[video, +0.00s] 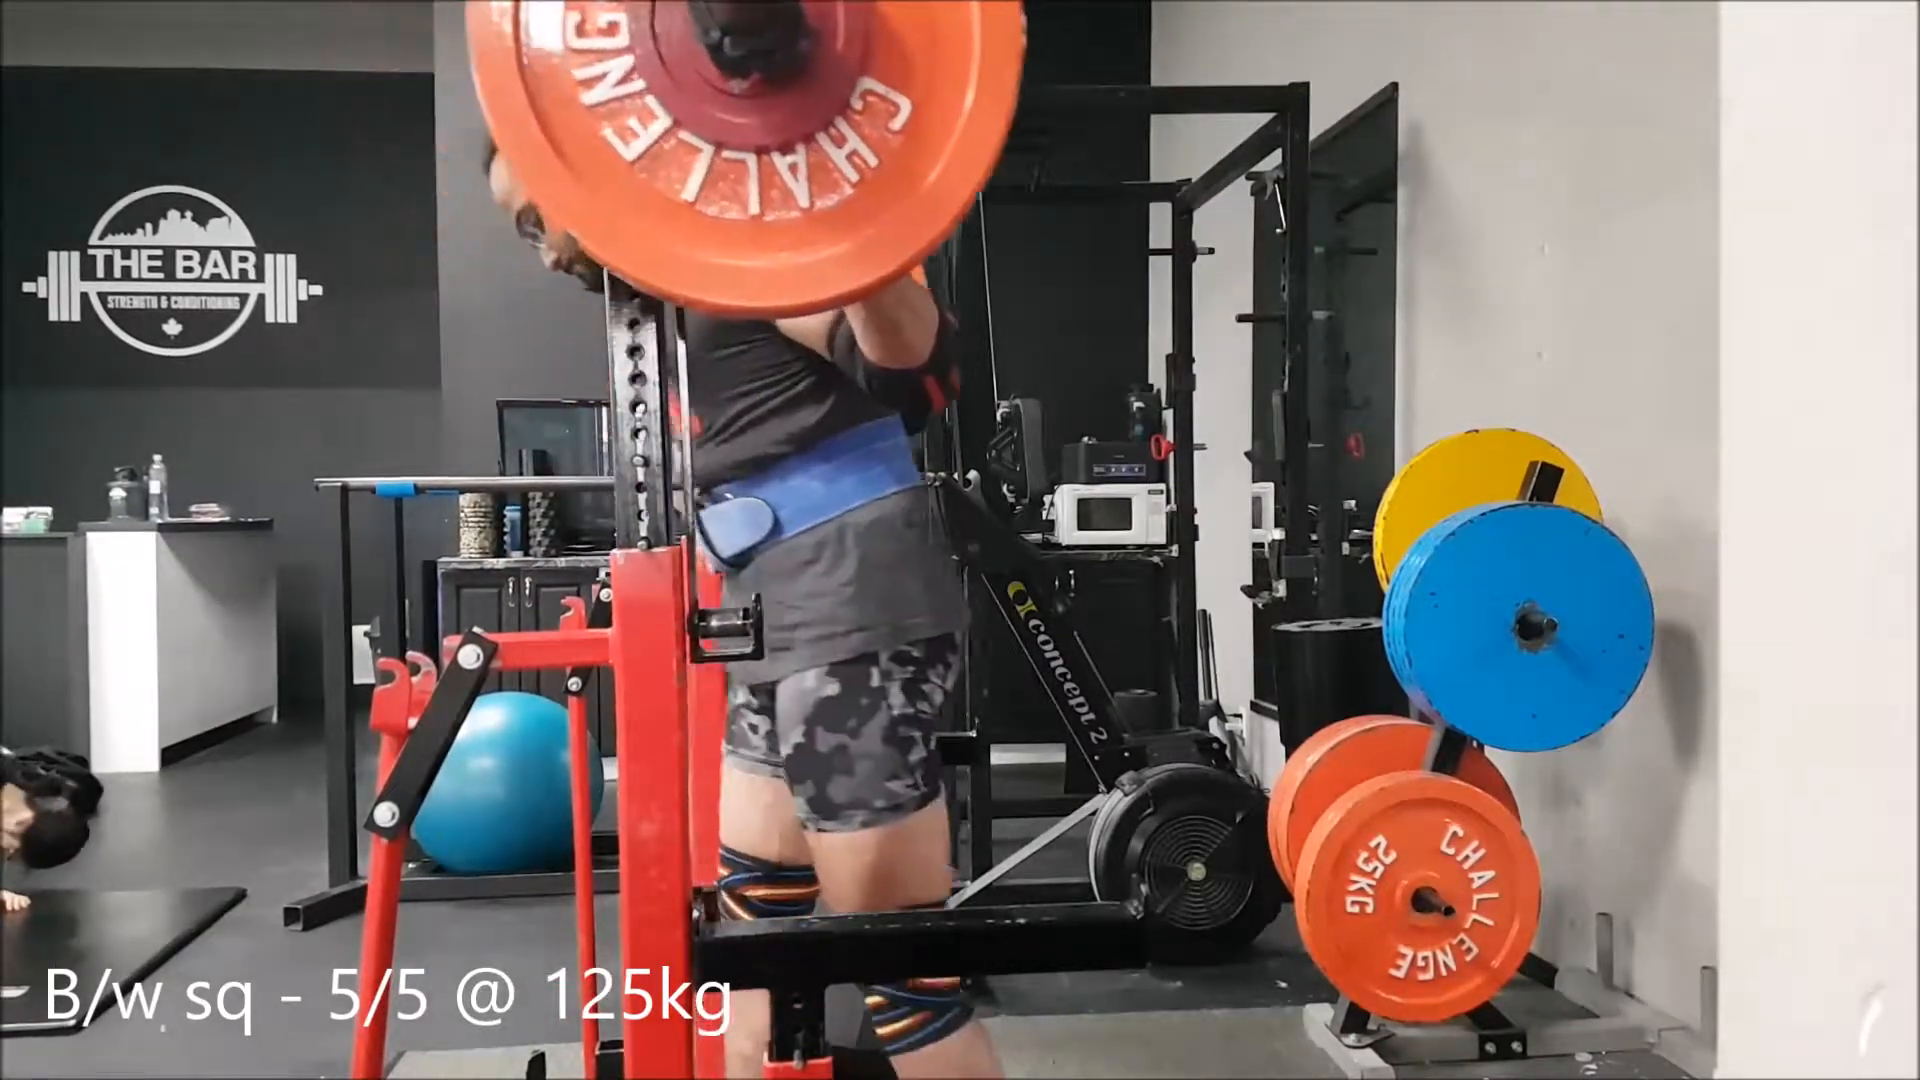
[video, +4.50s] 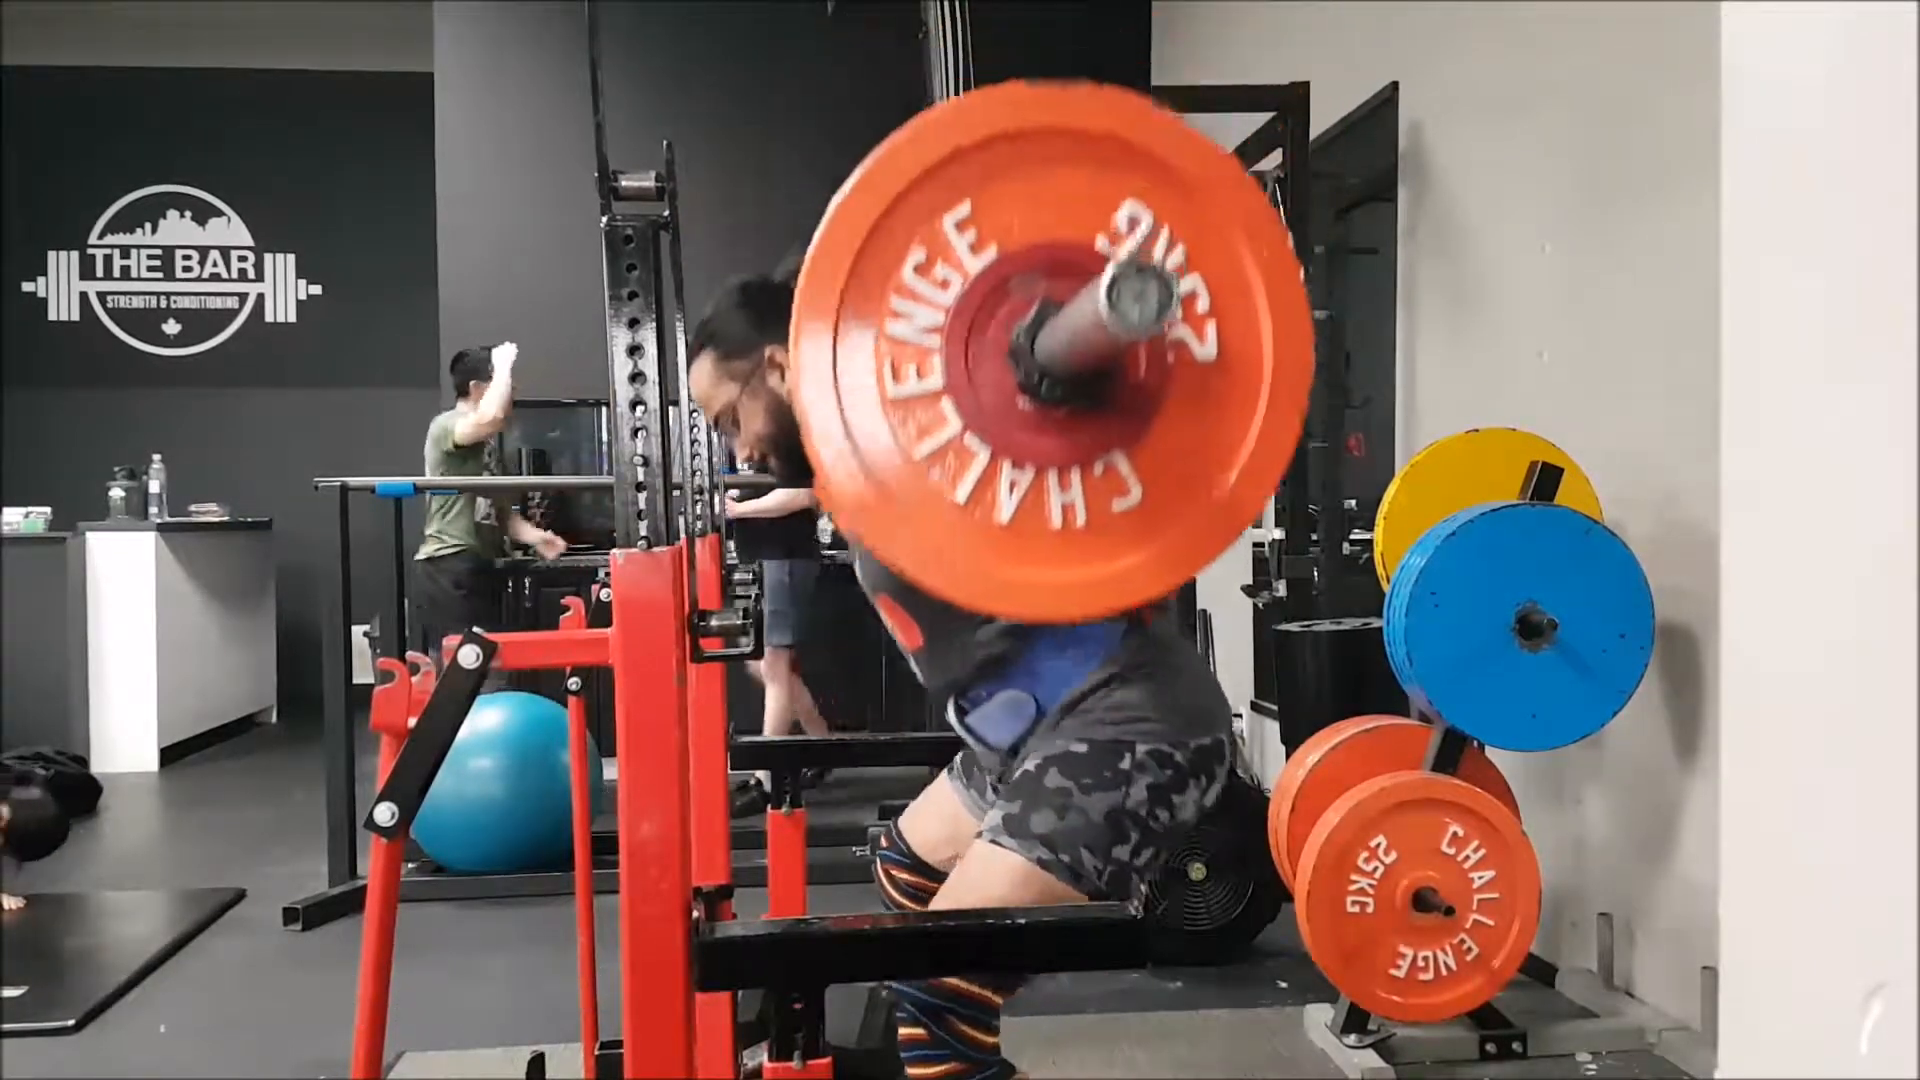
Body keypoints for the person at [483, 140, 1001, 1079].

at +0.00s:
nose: (547, 243)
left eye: (544, 209)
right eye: (529, 223)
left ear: (598, 173)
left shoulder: (752, 216)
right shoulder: (662, 257)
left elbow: (905, 341)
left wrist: (847, 181)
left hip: (851, 569)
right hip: (768, 581)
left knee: (901, 971)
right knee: (752, 927)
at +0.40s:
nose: (659, 212)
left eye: (654, 181)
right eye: (639, 196)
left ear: (705, 140)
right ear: (682, 165)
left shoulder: (850, 220)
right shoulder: (773, 253)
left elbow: (1027, 318)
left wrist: (968, 158)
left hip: (957, 573)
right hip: (877, 580)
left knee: (961, 961)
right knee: (867, 878)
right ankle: (912, 1079)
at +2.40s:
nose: (746, 266)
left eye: (739, 232)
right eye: (729, 248)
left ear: (795, 181)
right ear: (794, 189)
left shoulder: (936, 236)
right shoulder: (878, 286)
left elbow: (1133, 336)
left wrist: (1130, 162)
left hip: (1045, 593)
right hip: (984, 601)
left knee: (1045, 938)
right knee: (1004, 931)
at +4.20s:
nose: (748, 301)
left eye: (743, 270)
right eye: (732, 284)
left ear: (795, 214)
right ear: (795, 224)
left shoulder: (924, 286)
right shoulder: (865, 333)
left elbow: (1116, 417)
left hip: (1080, 610)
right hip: (1000, 627)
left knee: (959, 946)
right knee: (928, 858)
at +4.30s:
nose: (743, 341)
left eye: (736, 312)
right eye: (727, 326)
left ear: (790, 257)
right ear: (789, 265)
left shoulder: (915, 325)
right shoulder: (854, 382)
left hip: (1097, 644)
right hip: (1011, 662)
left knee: (957, 950)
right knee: (923, 860)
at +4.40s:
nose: (737, 394)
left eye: (731, 365)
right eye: (722, 378)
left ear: (787, 312)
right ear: (784, 320)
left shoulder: (900, 365)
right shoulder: (849, 421)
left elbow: (1038, 281)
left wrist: (1125, 208)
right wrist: (814, 500)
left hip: (1119, 683)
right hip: (1027, 691)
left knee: (948, 999)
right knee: (915, 866)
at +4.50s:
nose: (740, 449)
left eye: (730, 416)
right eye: (724, 429)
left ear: (781, 364)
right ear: (783, 368)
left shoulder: (918, 411)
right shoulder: (855, 444)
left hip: (1126, 721)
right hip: (1023, 723)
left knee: (938, 1005)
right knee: (905, 868)